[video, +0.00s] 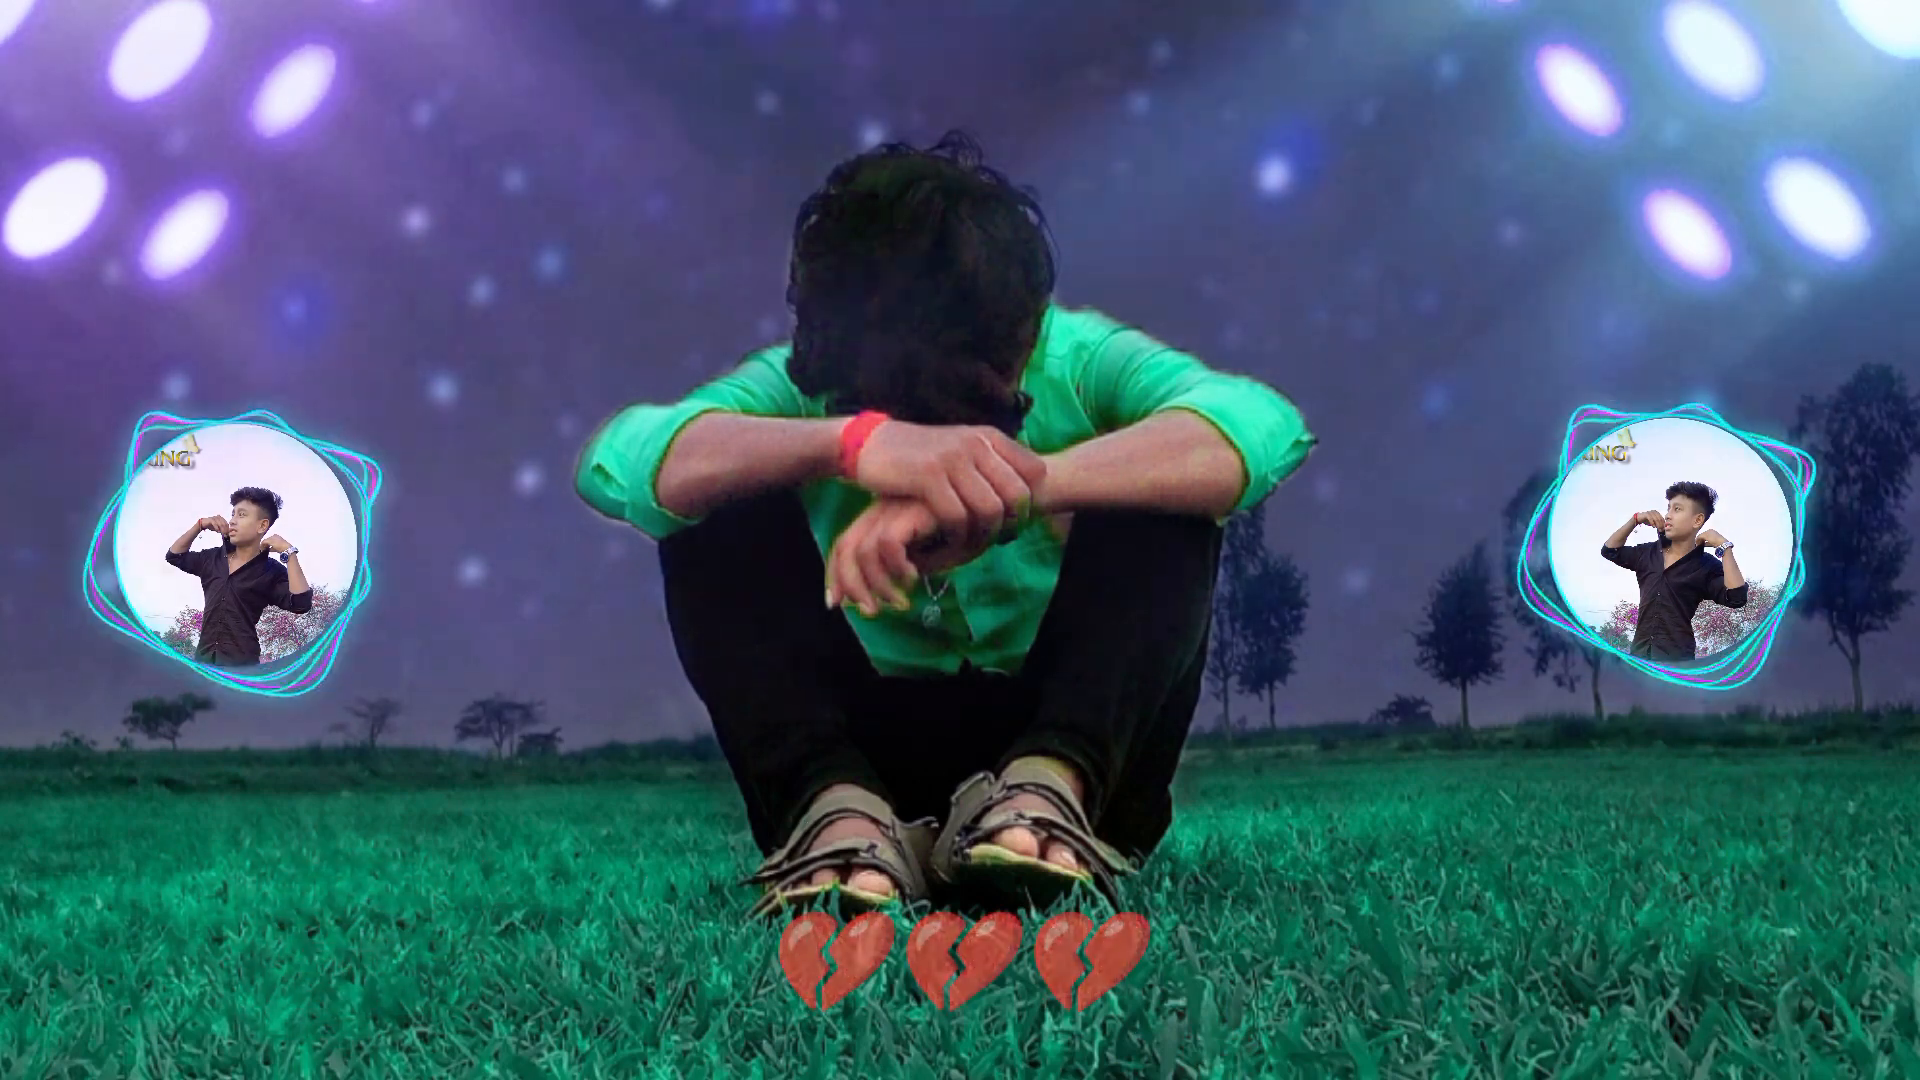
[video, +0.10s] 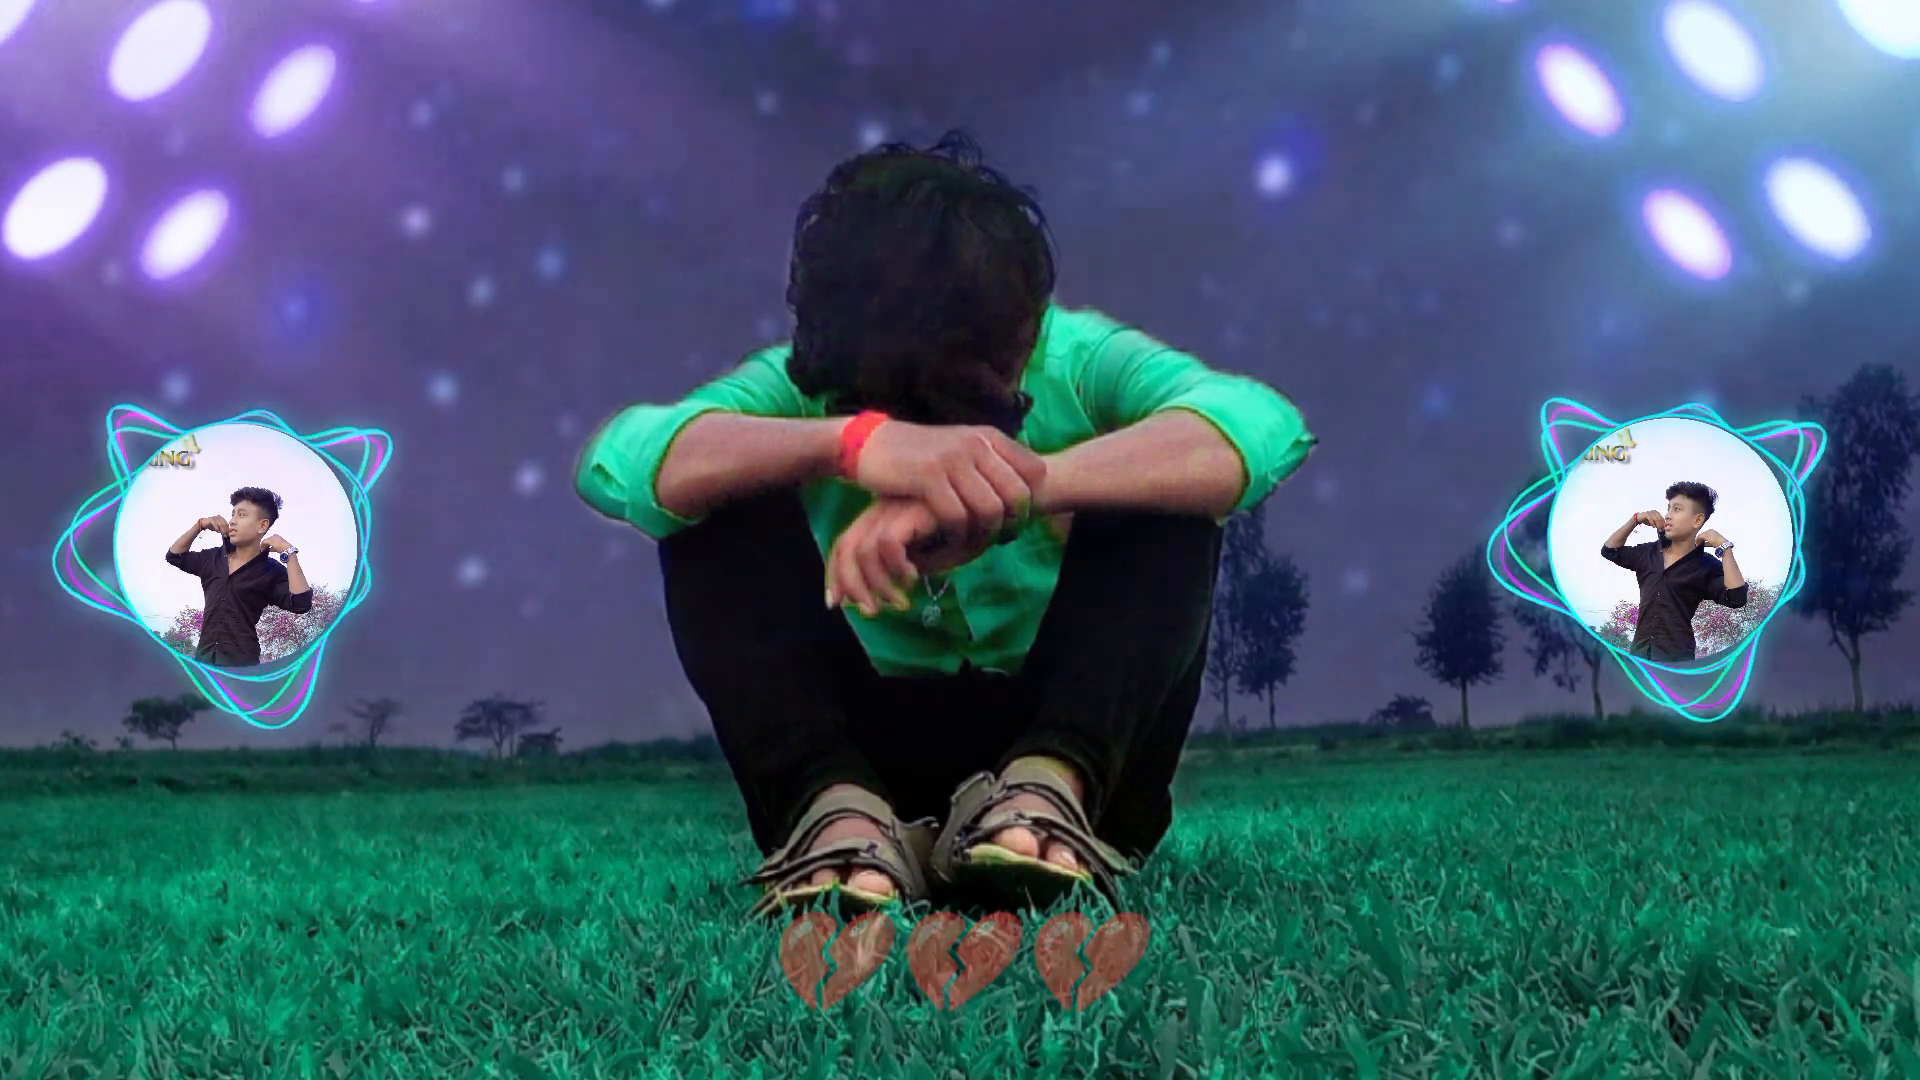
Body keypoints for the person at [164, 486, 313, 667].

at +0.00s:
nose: (232, 521)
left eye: (242, 515)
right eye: (233, 514)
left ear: (263, 525)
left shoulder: (270, 569)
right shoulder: (212, 558)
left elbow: (301, 604)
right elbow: (174, 556)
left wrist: (289, 553)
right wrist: (199, 526)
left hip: (242, 662)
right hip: (204, 658)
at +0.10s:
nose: (232, 521)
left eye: (242, 515)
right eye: (233, 514)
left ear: (263, 525)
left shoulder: (270, 570)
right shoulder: (212, 558)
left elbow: (301, 604)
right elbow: (174, 557)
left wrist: (289, 553)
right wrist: (199, 526)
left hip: (242, 663)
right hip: (204, 658)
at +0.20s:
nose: (232, 521)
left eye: (241, 515)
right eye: (232, 515)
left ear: (262, 526)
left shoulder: (270, 570)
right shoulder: (212, 558)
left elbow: (301, 604)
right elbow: (174, 557)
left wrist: (289, 552)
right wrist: (198, 526)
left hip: (242, 665)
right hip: (203, 660)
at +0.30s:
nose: (232, 521)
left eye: (242, 515)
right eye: (233, 514)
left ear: (263, 525)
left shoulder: (270, 570)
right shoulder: (212, 558)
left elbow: (301, 604)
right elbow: (174, 556)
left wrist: (290, 553)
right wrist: (199, 526)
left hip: (242, 663)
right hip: (204, 658)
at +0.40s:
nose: (232, 521)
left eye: (241, 515)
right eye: (232, 515)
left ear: (263, 525)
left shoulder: (270, 570)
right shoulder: (212, 558)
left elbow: (301, 604)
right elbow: (174, 556)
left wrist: (289, 552)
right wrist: (199, 526)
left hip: (242, 665)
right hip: (203, 660)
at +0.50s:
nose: (232, 521)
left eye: (242, 515)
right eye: (233, 515)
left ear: (263, 525)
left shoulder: (270, 570)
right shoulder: (212, 558)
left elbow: (301, 604)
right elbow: (174, 557)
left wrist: (289, 553)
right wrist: (199, 526)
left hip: (242, 665)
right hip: (203, 660)